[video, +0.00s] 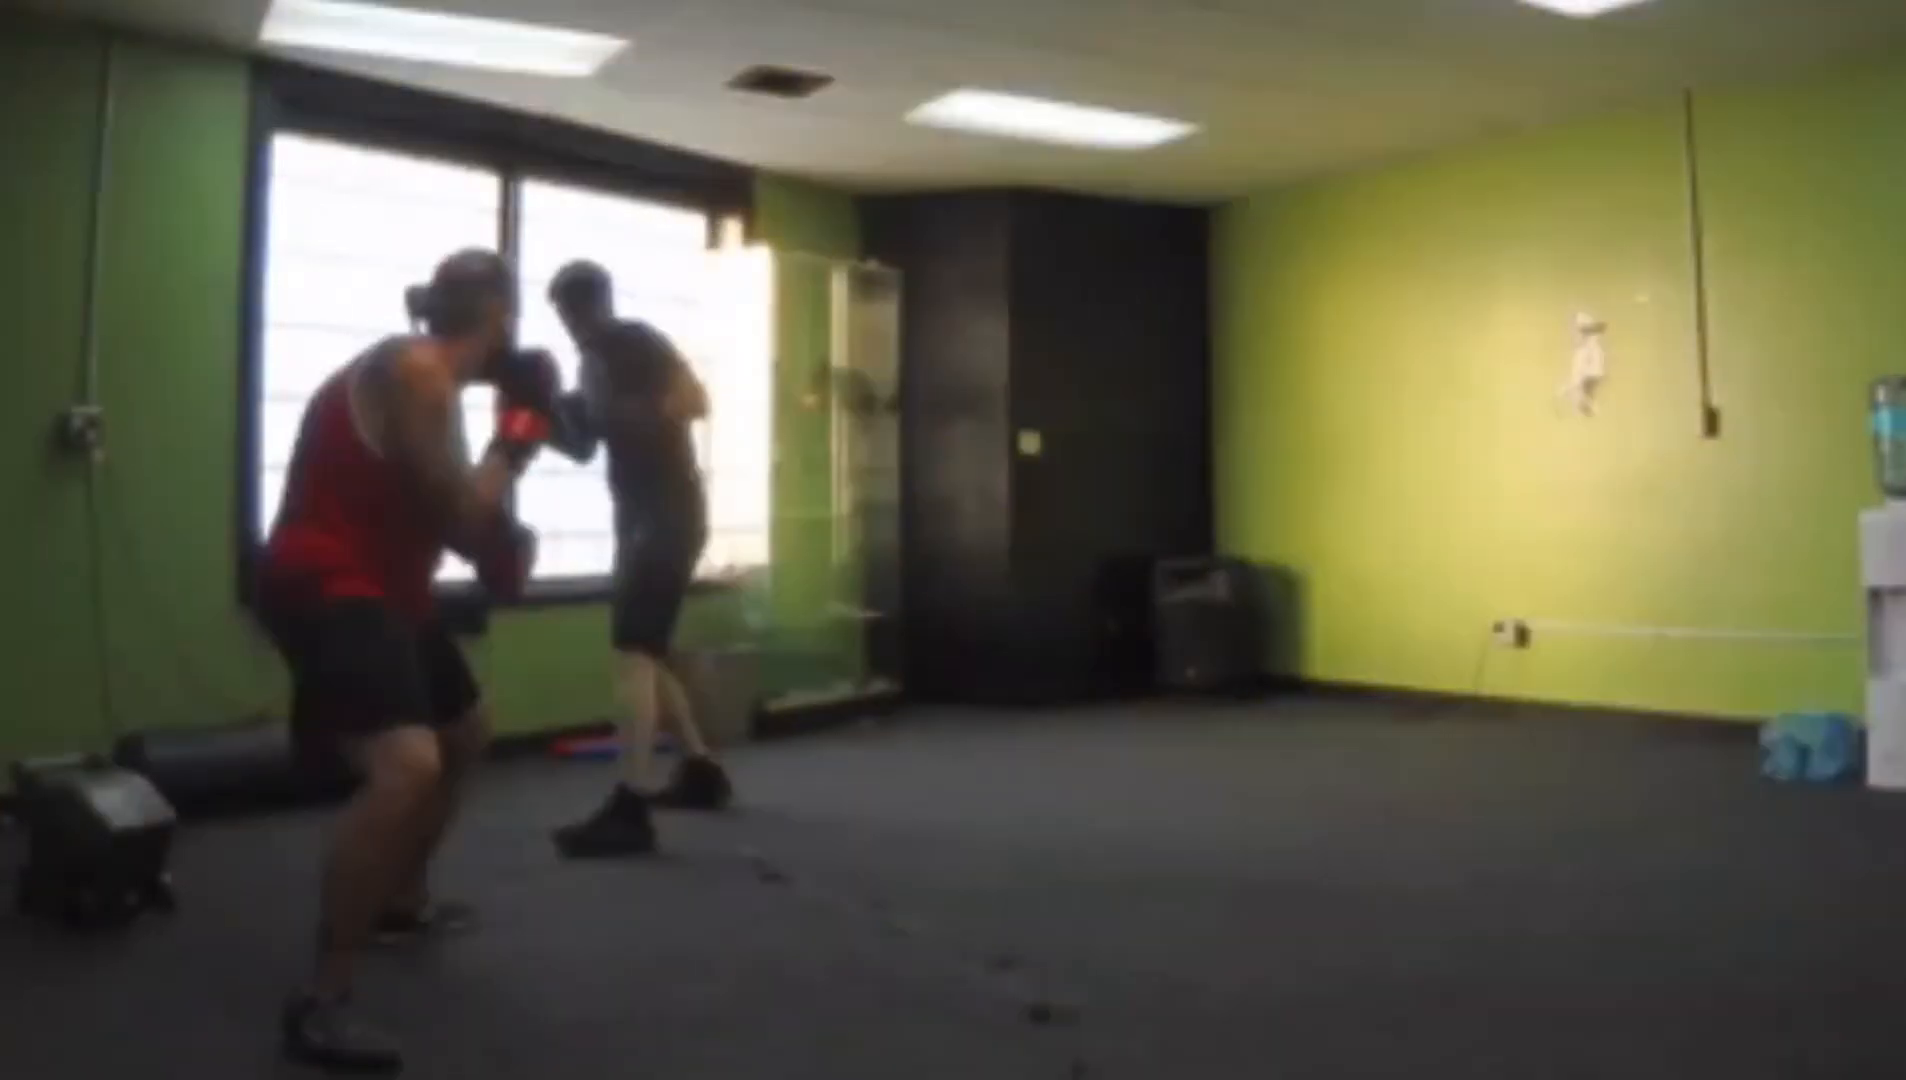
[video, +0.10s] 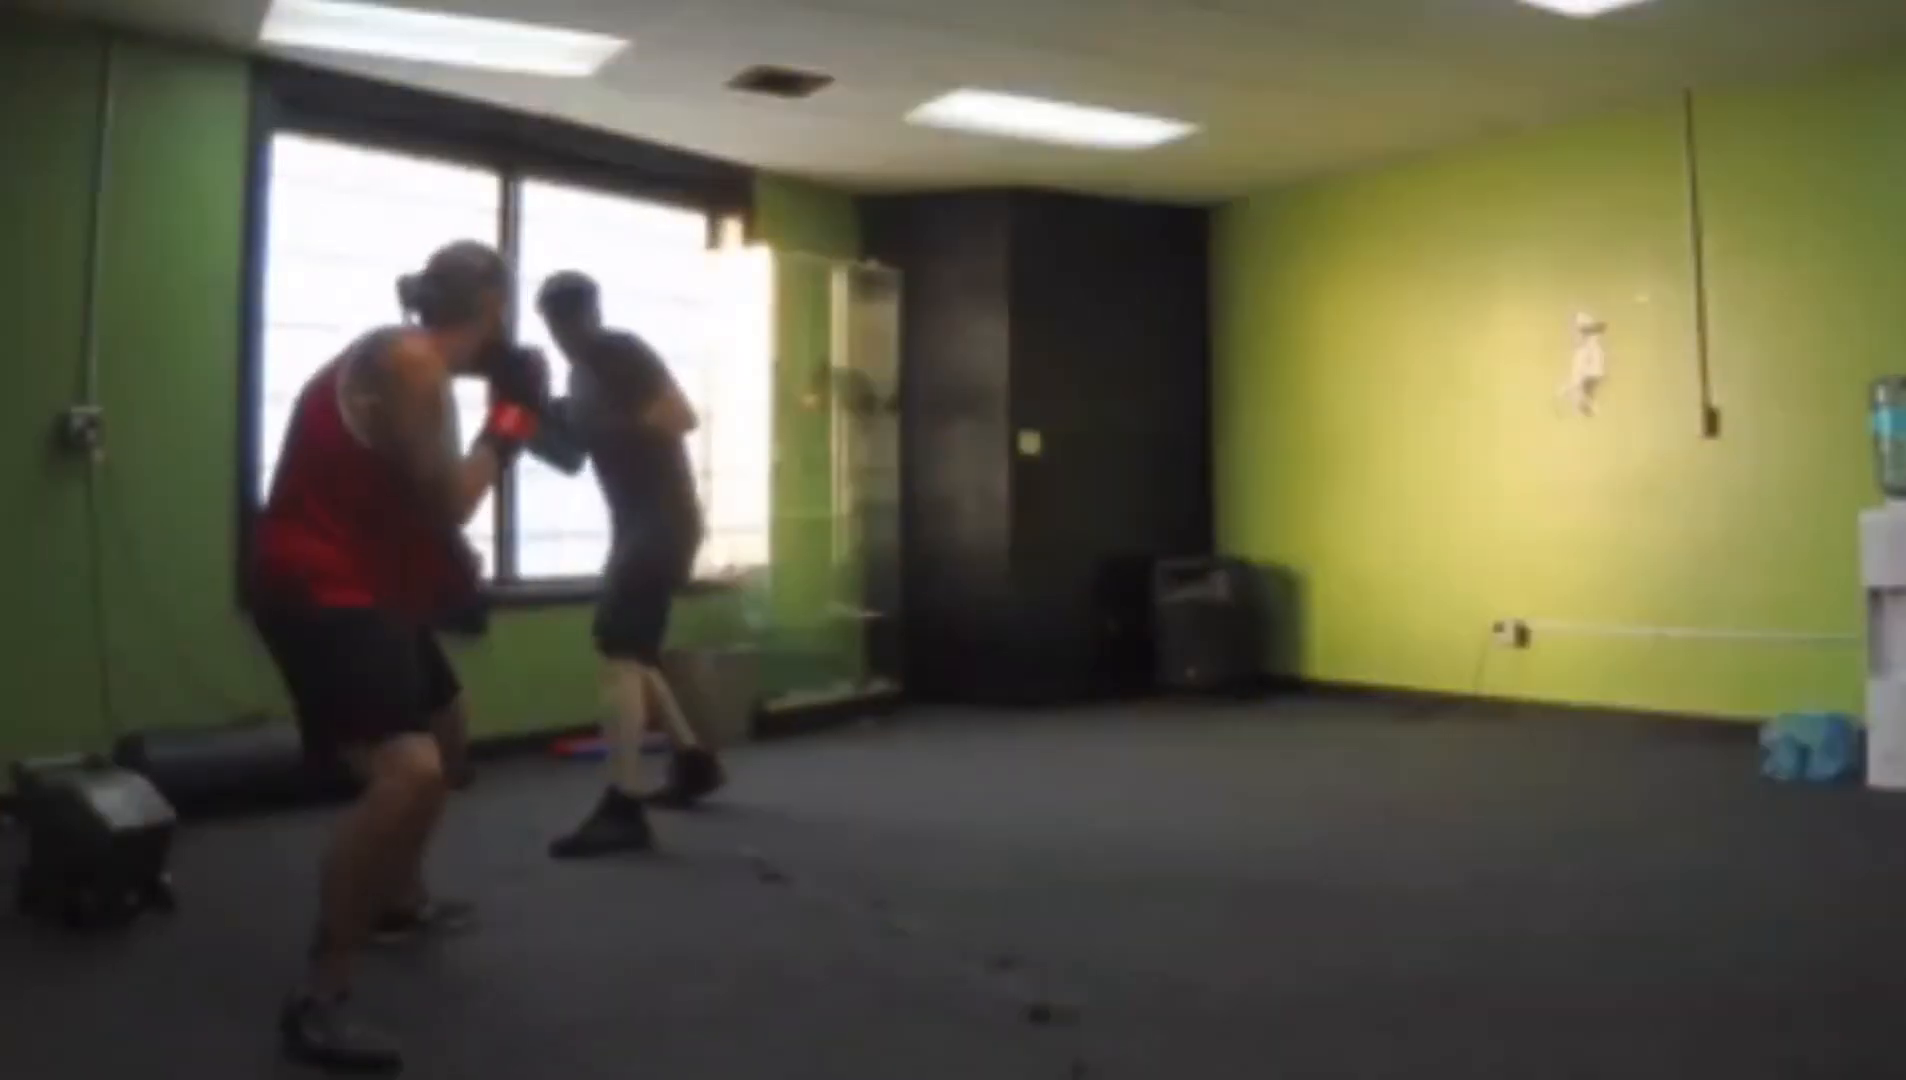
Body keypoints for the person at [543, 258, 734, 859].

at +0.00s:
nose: (571, 323)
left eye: (574, 310)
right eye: (566, 313)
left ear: (591, 304)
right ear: (576, 309)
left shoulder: (637, 343)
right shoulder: (592, 364)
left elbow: (693, 400)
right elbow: (581, 442)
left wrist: (620, 414)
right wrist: (543, 402)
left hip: (670, 511)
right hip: (636, 515)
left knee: (635, 651)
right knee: (645, 650)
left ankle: (632, 799)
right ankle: (700, 762)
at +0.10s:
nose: (559, 335)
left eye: (562, 322)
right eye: (555, 324)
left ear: (578, 316)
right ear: (567, 319)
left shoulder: (620, 352)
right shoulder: (582, 375)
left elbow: (680, 414)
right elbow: (570, 455)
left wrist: (607, 425)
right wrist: (528, 409)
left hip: (664, 520)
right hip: (635, 523)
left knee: (621, 651)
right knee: (632, 651)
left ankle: (624, 800)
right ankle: (692, 754)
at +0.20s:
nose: (548, 335)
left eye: (550, 323)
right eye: (544, 325)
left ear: (565, 317)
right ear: (557, 319)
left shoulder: (611, 356)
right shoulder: (575, 371)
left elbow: (675, 419)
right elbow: (587, 446)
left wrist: (613, 443)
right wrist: (531, 431)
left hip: (659, 517)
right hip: (630, 517)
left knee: (616, 650)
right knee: (621, 644)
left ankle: (623, 802)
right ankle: (682, 746)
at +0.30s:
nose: (547, 334)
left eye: (549, 322)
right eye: (543, 324)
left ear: (561, 317)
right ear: (554, 320)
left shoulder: (608, 358)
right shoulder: (571, 374)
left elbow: (672, 421)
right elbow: (571, 455)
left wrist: (615, 442)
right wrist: (541, 434)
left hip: (656, 518)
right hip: (625, 520)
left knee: (616, 651)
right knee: (621, 647)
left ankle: (622, 801)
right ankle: (671, 753)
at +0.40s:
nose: (550, 336)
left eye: (553, 324)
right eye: (545, 326)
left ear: (568, 318)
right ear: (556, 321)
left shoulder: (609, 358)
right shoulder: (574, 374)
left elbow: (664, 424)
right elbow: (598, 443)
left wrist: (589, 464)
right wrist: (565, 465)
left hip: (653, 520)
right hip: (624, 523)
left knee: (618, 659)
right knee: (633, 652)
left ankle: (622, 803)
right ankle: (679, 761)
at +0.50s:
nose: (551, 332)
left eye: (554, 320)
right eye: (546, 322)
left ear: (570, 314)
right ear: (554, 320)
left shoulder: (610, 355)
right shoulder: (573, 371)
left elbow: (665, 420)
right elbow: (571, 447)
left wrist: (604, 468)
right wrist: (537, 409)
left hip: (650, 520)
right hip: (622, 521)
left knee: (620, 657)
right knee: (634, 653)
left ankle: (621, 802)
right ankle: (679, 761)